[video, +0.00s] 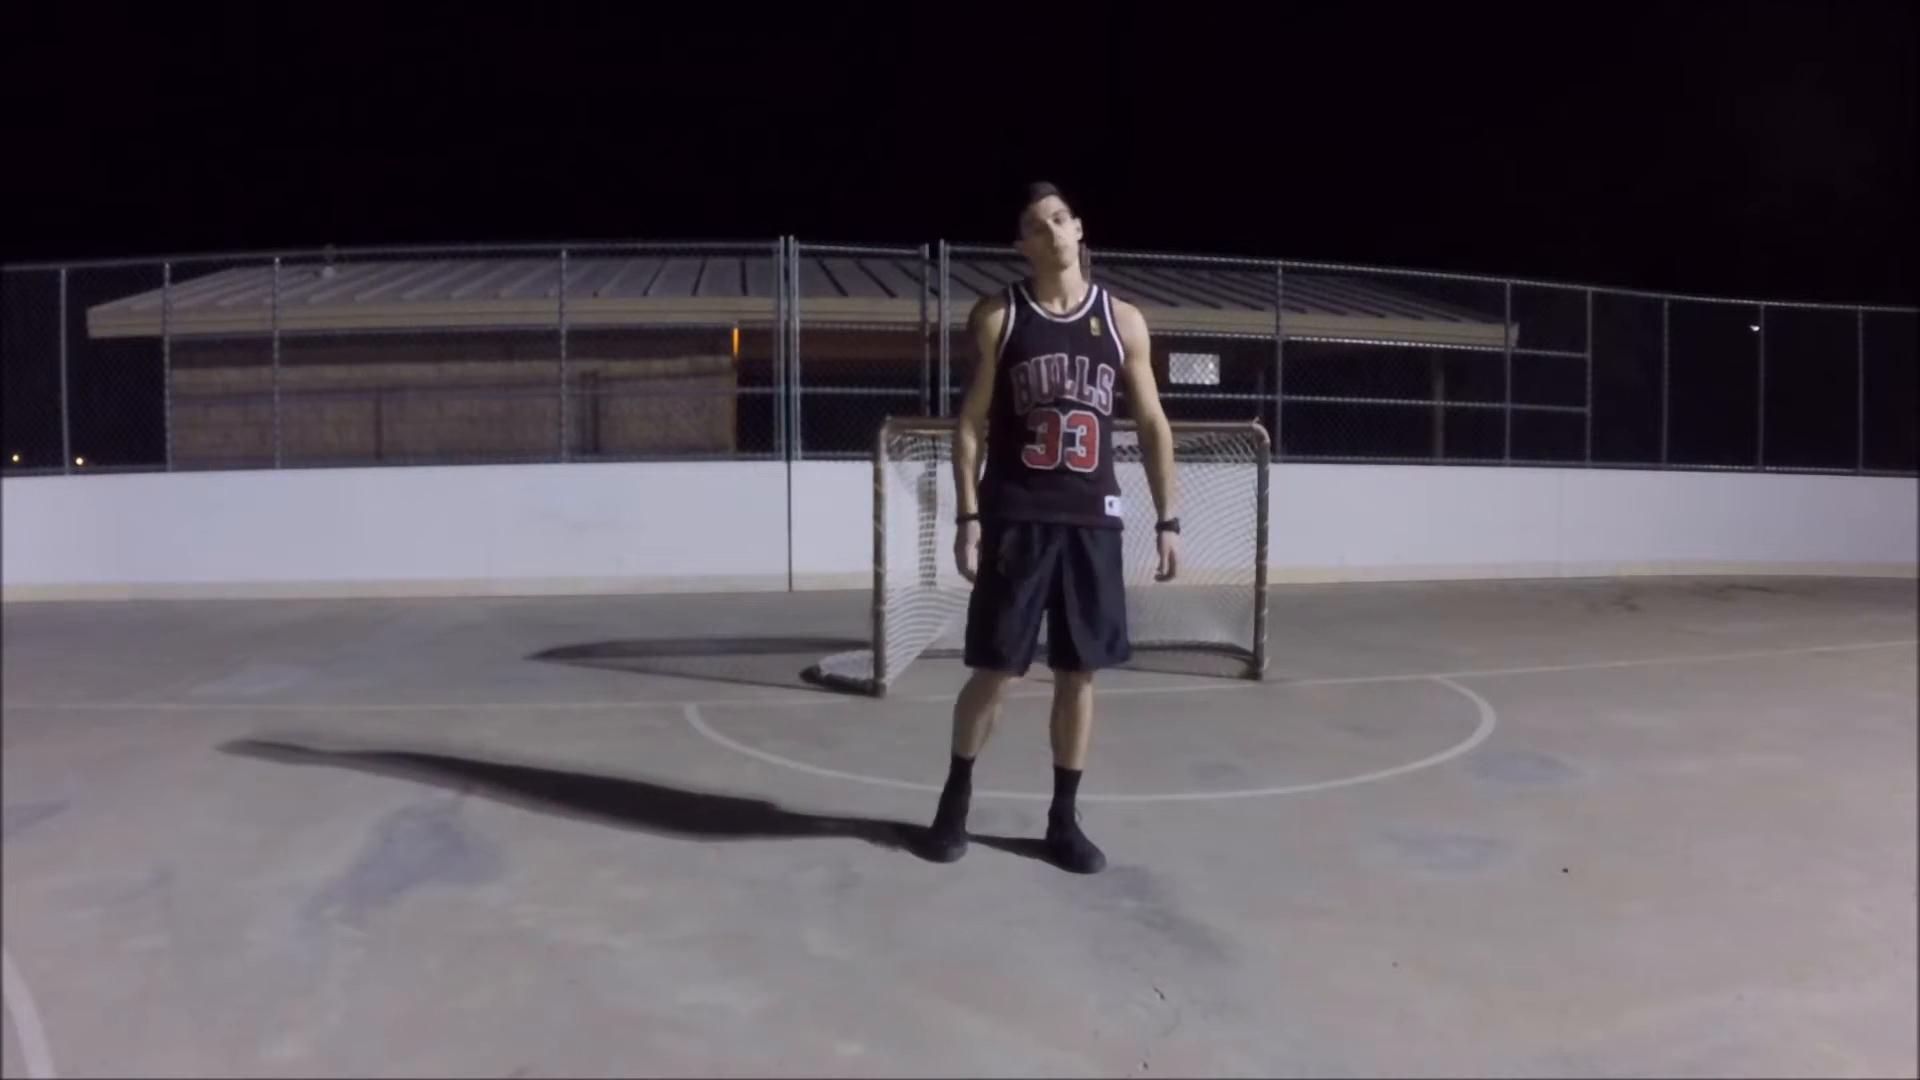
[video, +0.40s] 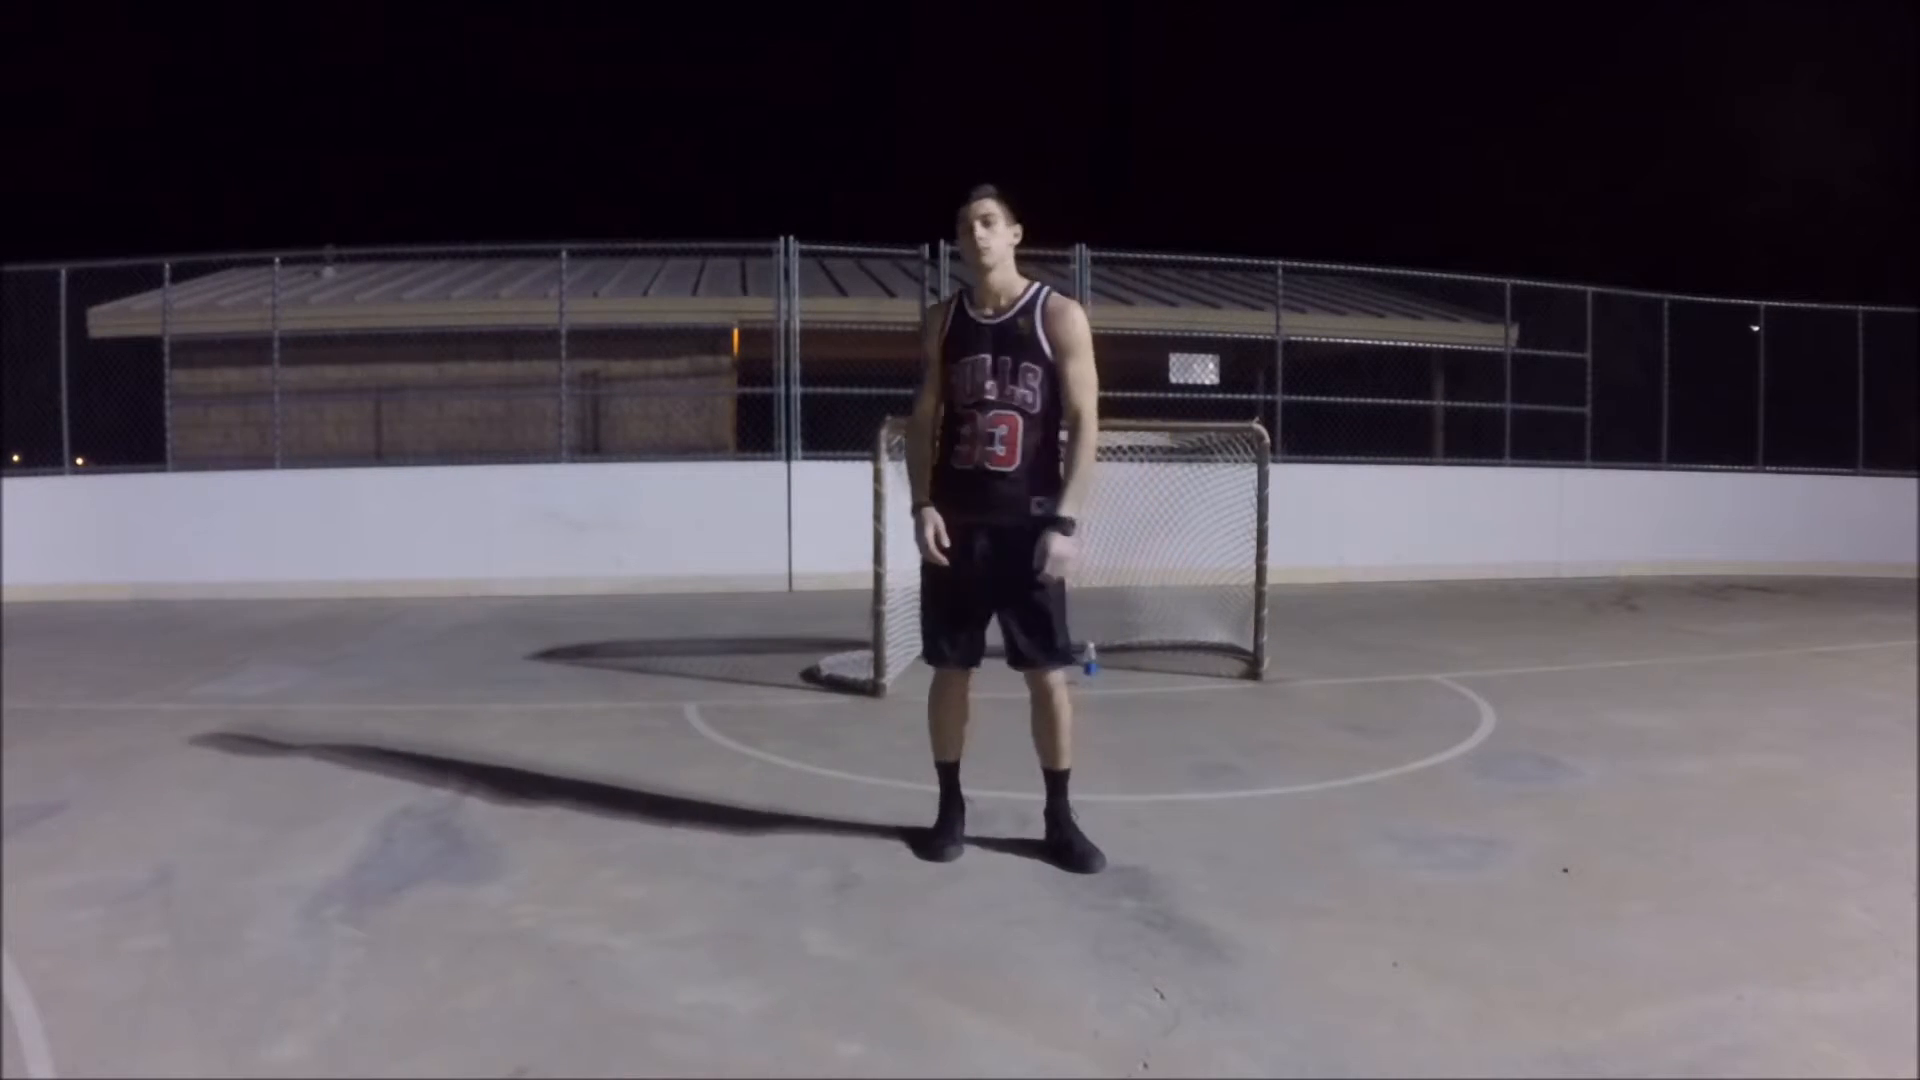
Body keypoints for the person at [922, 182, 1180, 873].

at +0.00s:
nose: (1052, 230)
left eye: (1059, 219)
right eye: (1037, 225)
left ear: (1081, 232)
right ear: (1021, 247)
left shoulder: (1124, 320)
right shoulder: (999, 316)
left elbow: (1152, 423)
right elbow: (970, 423)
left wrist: (1167, 521)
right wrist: (968, 515)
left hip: (1093, 524)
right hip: (1016, 522)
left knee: (1079, 673)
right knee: (994, 674)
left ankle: (1064, 820)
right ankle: (955, 799)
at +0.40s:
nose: (977, 235)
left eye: (989, 222)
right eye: (968, 226)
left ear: (1016, 233)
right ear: (958, 241)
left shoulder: (1060, 315)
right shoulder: (945, 317)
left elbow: (1085, 423)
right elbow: (923, 416)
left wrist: (1067, 519)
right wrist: (923, 502)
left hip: (1032, 525)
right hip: (956, 523)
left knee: (1047, 672)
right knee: (950, 667)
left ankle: (1060, 818)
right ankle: (949, 809)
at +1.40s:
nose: (984, 237)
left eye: (995, 226)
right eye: (972, 229)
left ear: (1022, 235)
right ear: (960, 243)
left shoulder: (1063, 318)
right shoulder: (942, 314)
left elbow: (1090, 424)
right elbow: (923, 405)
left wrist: (1072, 524)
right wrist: (904, 485)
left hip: (1028, 521)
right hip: (949, 515)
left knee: (1032, 665)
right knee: (929, 658)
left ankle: (1038, 802)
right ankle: (905, 794)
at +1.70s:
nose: (973, 268)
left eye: (985, 257)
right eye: (963, 257)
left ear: (1007, 261)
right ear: (949, 262)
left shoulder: (1045, 332)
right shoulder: (920, 329)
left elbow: (1122, 395)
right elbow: (838, 372)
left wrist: (1187, 442)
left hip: (1017, 540)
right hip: (932, 538)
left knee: (1039, 682)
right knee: (869, 674)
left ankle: (1040, 805)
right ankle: (804, 788)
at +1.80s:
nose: (964, 260)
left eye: (973, 246)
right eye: (952, 248)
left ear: (995, 237)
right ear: (933, 244)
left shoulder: (1032, 299)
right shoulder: (904, 301)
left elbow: (1128, 325)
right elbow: (802, 328)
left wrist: (1223, 326)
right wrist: (720, 307)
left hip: (997, 513)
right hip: (915, 510)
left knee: (1015, 656)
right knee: (874, 655)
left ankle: (1032, 799)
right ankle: (808, 777)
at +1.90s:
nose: (950, 256)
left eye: (961, 242)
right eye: (939, 244)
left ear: (978, 226)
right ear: (918, 232)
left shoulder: (1011, 271)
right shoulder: (883, 277)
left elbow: (1108, 258)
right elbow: (774, 282)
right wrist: (730, 224)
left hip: (976, 486)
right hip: (901, 487)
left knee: (971, 641)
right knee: (892, 641)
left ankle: (954, 775)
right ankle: (858, 785)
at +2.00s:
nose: (934, 272)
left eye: (942, 257)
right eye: (920, 261)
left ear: (963, 238)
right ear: (899, 247)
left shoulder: (995, 282)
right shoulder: (869, 286)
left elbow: (1090, 245)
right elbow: (770, 283)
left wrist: (1138, 169)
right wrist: (749, 203)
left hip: (955, 496)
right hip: (885, 498)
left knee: (902, 653)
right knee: (925, 656)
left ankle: (849, 778)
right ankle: (969, 807)